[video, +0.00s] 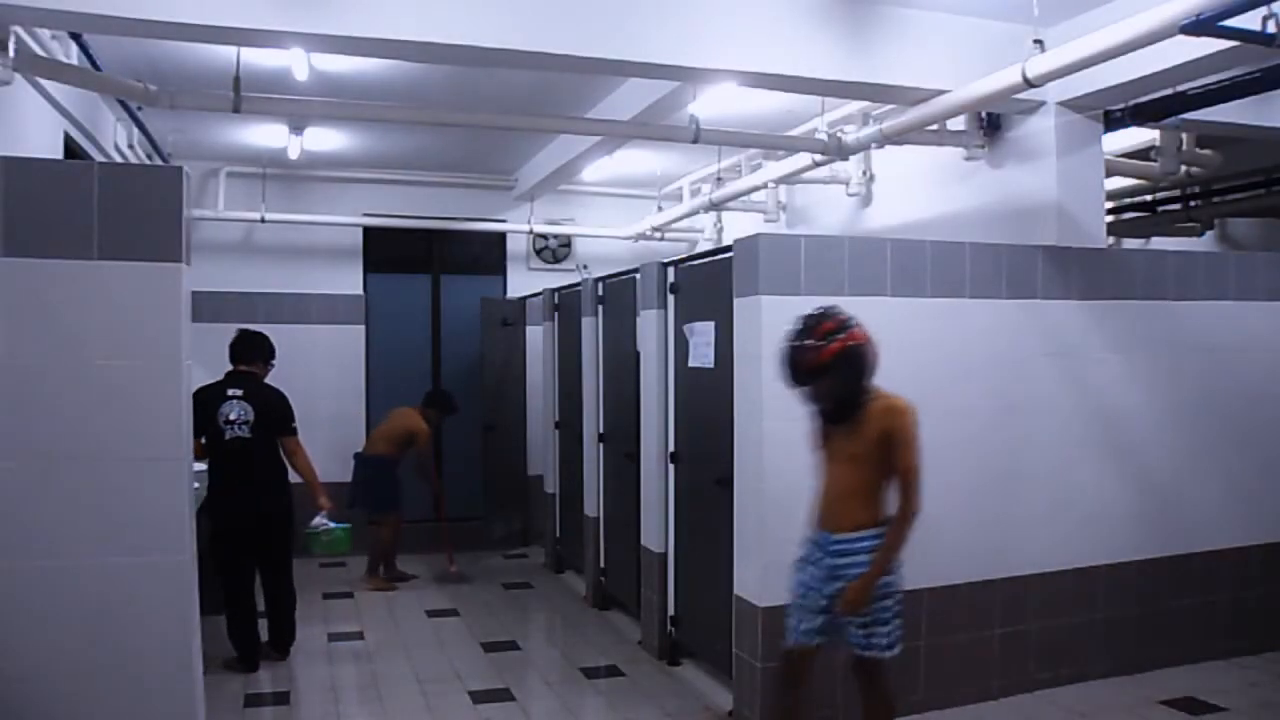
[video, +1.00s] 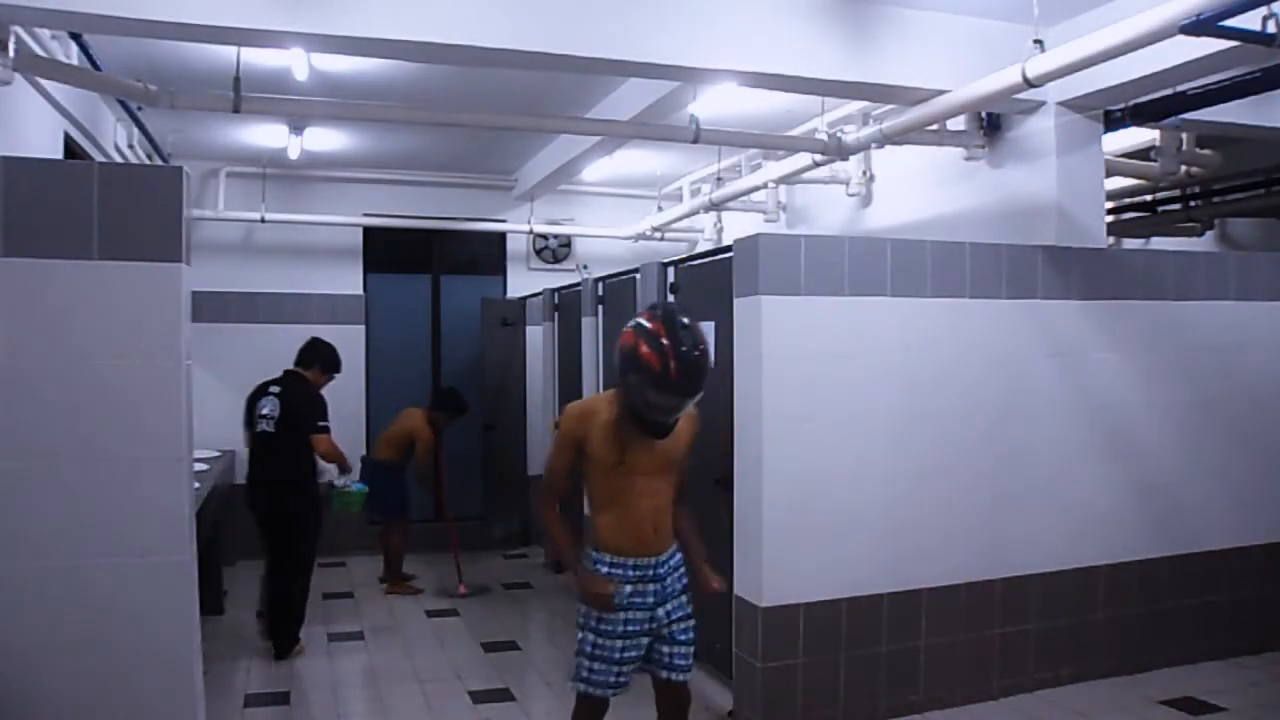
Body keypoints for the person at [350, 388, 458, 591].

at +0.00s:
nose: (439, 421)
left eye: (442, 416)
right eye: (440, 416)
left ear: (425, 404)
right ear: (434, 411)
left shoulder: (402, 413)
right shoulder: (421, 428)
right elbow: (424, 465)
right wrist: (434, 488)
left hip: (367, 461)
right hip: (380, 466)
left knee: (392, 518)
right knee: (385, 520)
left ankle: (390, 569)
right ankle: (372, 574)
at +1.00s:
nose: (449, 424)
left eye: (451, 419)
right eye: (450, 418)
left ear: (435, 407)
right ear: (442, 413)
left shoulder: (414, 414)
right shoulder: (424, 431)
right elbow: (423, 471)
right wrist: (437, 497)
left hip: (377, 465)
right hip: (387, 470)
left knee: (392, 523)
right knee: (397, 524)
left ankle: (392, 572)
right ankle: (393, 579)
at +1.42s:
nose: (447, 423)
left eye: (449, 418)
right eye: (447, 418)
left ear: (432, 408)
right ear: (439, 413)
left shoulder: (412, 416)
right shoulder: (422, 430)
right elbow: (420, 467)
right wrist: (434, 495)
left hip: (376, 465)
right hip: (386, 471)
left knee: (382, 526)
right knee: (393, 527)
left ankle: (382, 572)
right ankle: (393, 579)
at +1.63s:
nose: (440, 418)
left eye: (442, 414)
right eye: (439, 413)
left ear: (423, 404)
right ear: (432, 410)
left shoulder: (399, 414)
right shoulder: (419, 428)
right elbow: (422, 461)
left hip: (373, 467)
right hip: (386, 473)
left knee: (387, 527)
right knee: (393, 528)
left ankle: (390, 574)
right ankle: (392, 578)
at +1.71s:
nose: (438, 418)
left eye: (440, 412)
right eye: (438, 412)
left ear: (421, 403)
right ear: (431, 409)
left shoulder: (396, 413)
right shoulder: (419, 429)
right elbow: (424, 465)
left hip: (372, 471)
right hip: (388, 479)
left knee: (383, 529)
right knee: (395, 530)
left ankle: (383, 576)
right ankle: (396, 579)